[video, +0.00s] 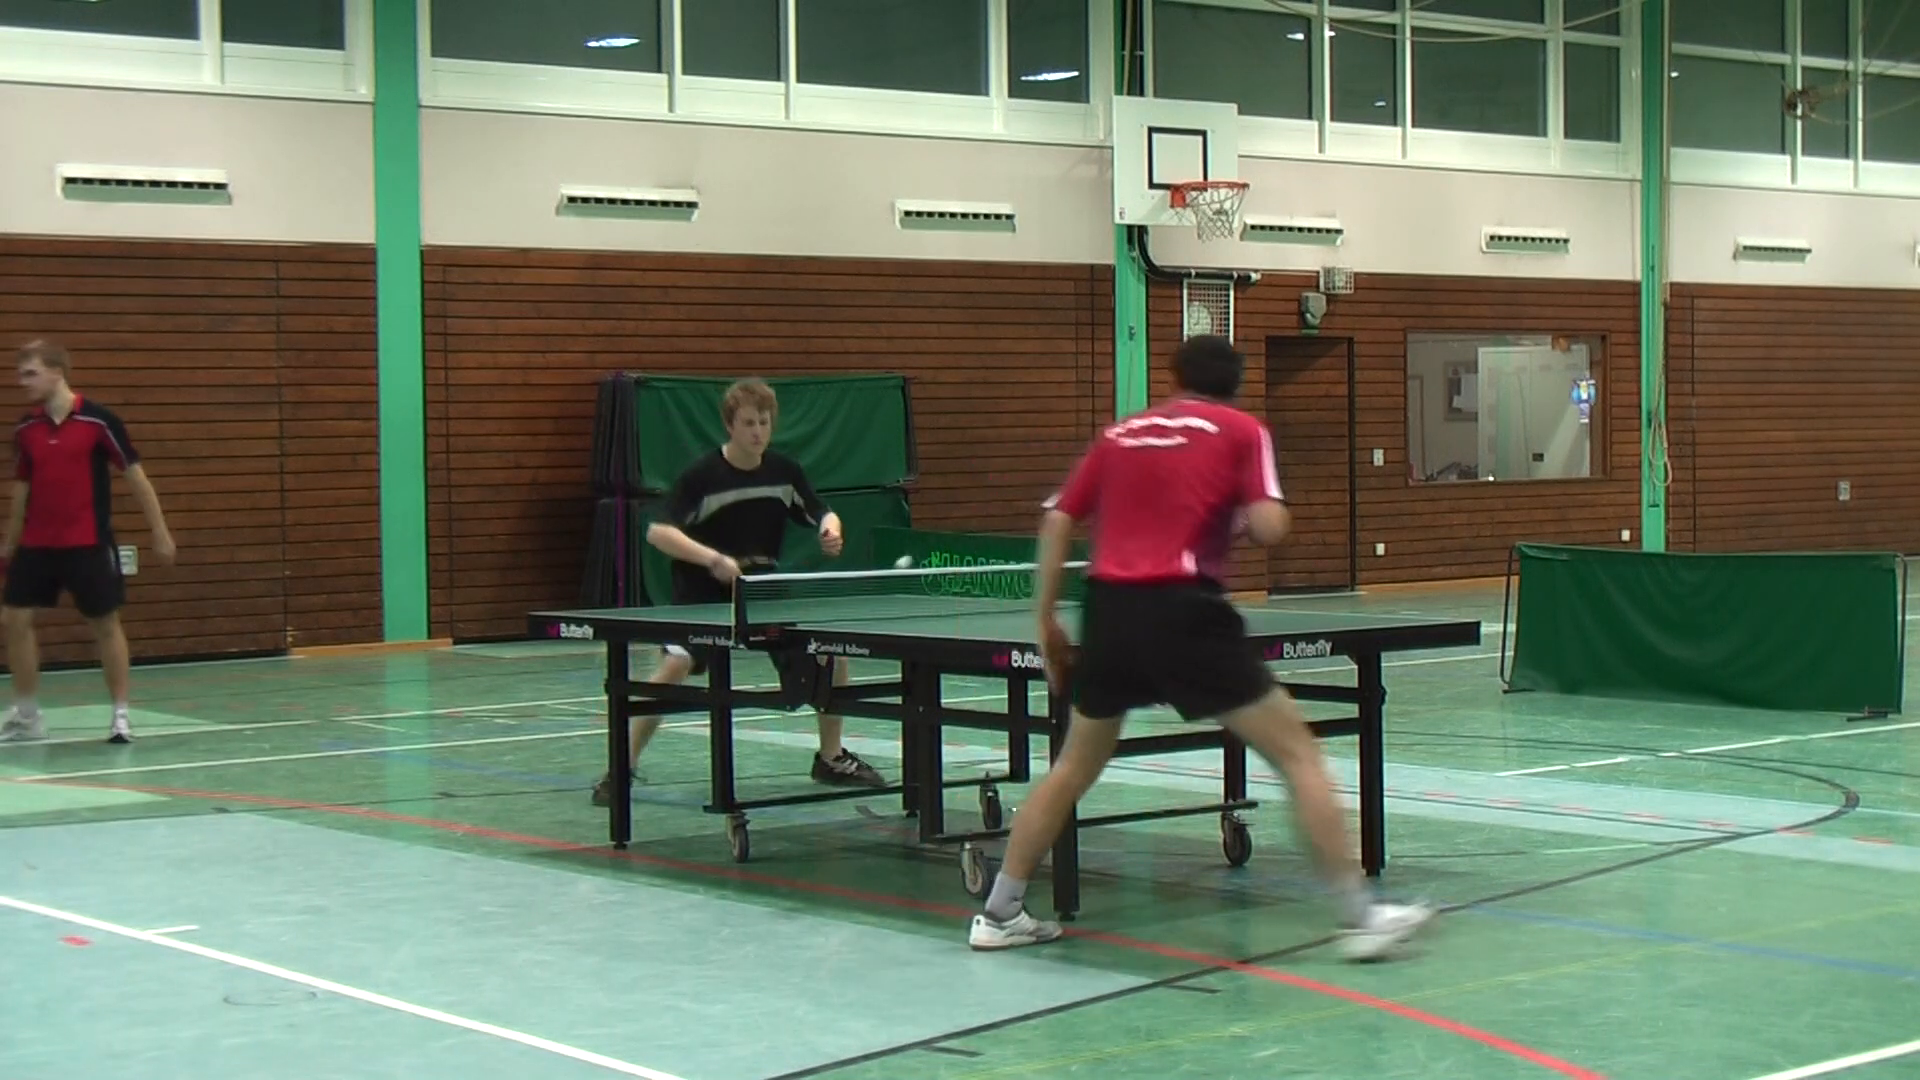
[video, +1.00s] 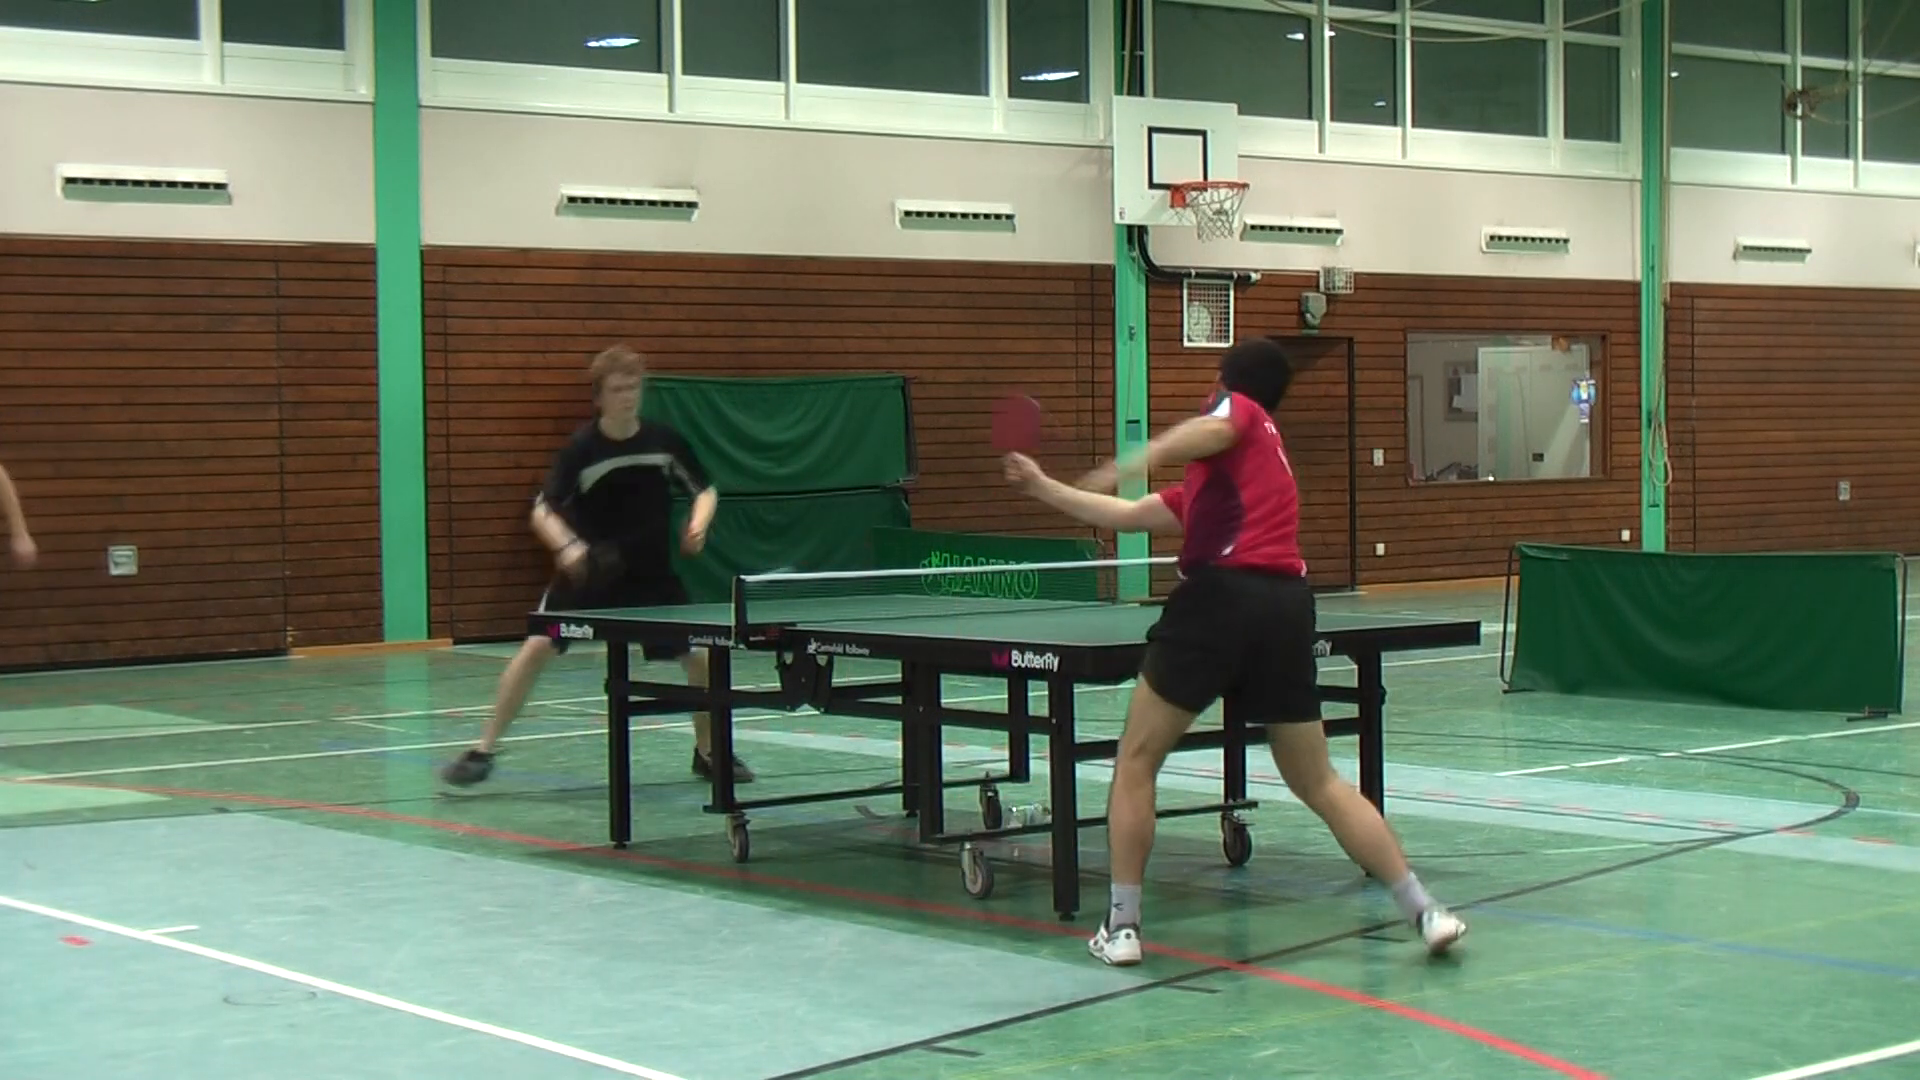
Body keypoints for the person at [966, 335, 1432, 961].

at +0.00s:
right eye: (1237, 387)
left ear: (1173, 381)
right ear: (1235, 388)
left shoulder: (1121, 432)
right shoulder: (1244, 430)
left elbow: (1057, 519)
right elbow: (1269, 525)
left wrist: (1045, 616)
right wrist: (1242, 518)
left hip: (1110, 621)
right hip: (1189, 621)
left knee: (1071, 768)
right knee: (1298, 752)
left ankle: (998, 911)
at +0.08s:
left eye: (1217, 380)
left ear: (1212, 384)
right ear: (1271, 389)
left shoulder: (1166, 440)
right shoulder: (1292, 441)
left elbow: (1103, 527)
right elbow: (1314, 533)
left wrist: (1088, 629)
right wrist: (1279, 535)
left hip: (1163, 634)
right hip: (1250, 637)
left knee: (1093, 776)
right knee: (1352, 763)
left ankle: (1002, 910)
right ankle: (1413, 924)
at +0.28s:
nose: (1275, 375)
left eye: (1275, 366)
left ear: (1282, 367)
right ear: (1345, 373)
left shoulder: (1234, 422)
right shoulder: (1371, 429)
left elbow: (1192, 519)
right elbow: (1414, 526)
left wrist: (1181, 618)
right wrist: (1371, 576)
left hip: (1238, 621)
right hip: (1328, 626)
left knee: (1167, 770)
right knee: (1399, 767)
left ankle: (1106, 917)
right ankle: (1453, 924)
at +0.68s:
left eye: (1285, 371)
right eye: (1350, 393)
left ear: (1288, 373)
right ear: (1349, 389)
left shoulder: (1224, 421)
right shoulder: (1356, 449)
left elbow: (1149, 493)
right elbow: (1374, 566)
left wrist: (1110, 550)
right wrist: (1430, 591)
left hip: (1219, 627)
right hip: (1310, 630)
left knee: (1160, 769)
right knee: (1384, 766)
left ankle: (1126, 926)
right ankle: (1450, 926)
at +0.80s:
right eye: (1324, 386)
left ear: (1265, 375)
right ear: (1324, 391)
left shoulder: (1215, 411)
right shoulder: (1328, 463)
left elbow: (1131, 457)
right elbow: (1325, 569)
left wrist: (1050, 510)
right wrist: (1360, 573)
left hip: (1197, 618)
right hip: (1282, 628)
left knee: (1143, 767)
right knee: (1356, 776)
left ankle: (1122, 928)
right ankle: (1443, 926)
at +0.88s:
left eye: (1247, 371)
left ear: (1249, 377)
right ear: (1304, 396)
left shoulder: (1224, 411)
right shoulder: (1298, 454)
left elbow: (1141, 442)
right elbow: (1260, 536)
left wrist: (1049, 476)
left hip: (1200, 606)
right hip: (1280, 615)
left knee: (1136, 762)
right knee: (1338, 778)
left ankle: (1122, 928)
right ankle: (1436, 925)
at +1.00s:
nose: (1209, 394)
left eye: (1215, 385)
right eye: (1216, 387)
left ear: (1229, 386)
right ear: (1271, 397)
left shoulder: (1241, 409)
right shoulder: (1231, 475)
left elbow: (1212, 436)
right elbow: (1128, 513)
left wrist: (1117, 470)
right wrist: (1041, 484)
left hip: (1216, 600)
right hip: (1287, 608)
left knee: (1139, 759)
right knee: (1318, 778)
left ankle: (1122, 927)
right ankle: (1428, 912)